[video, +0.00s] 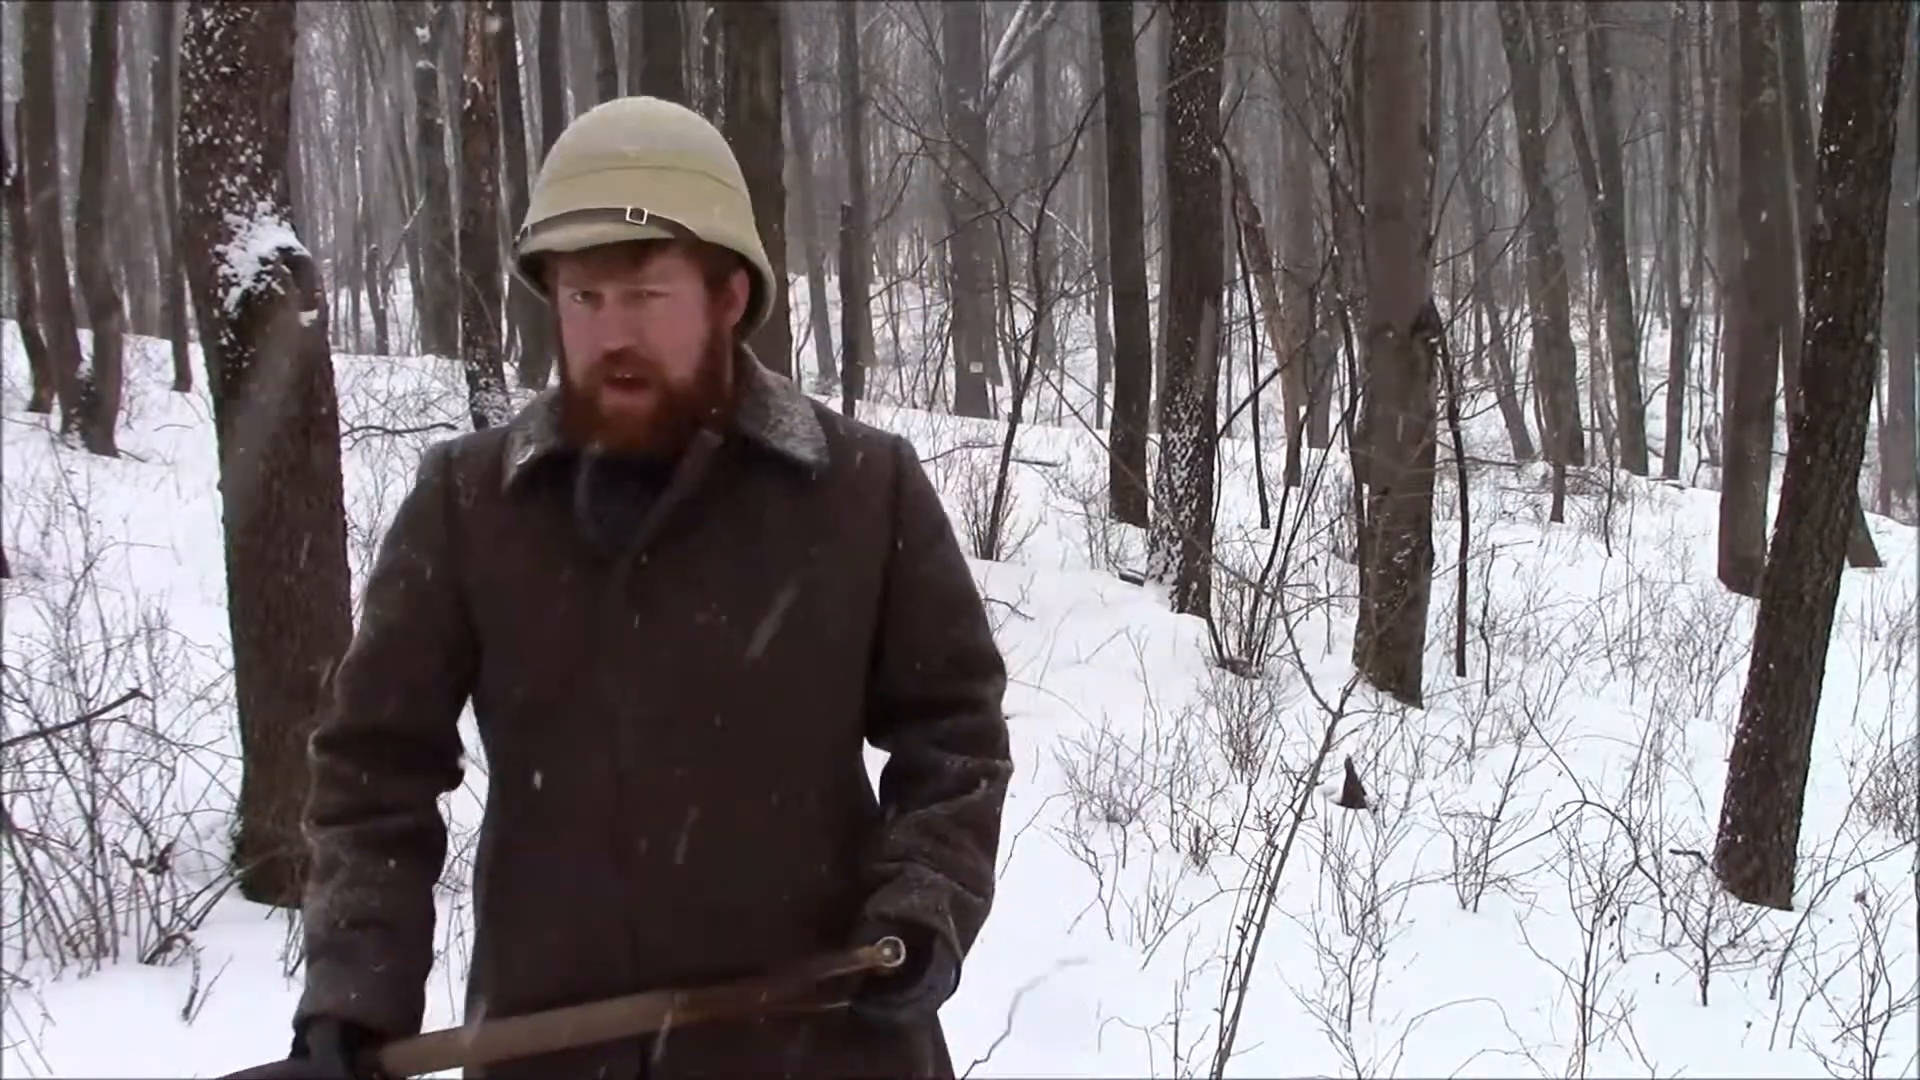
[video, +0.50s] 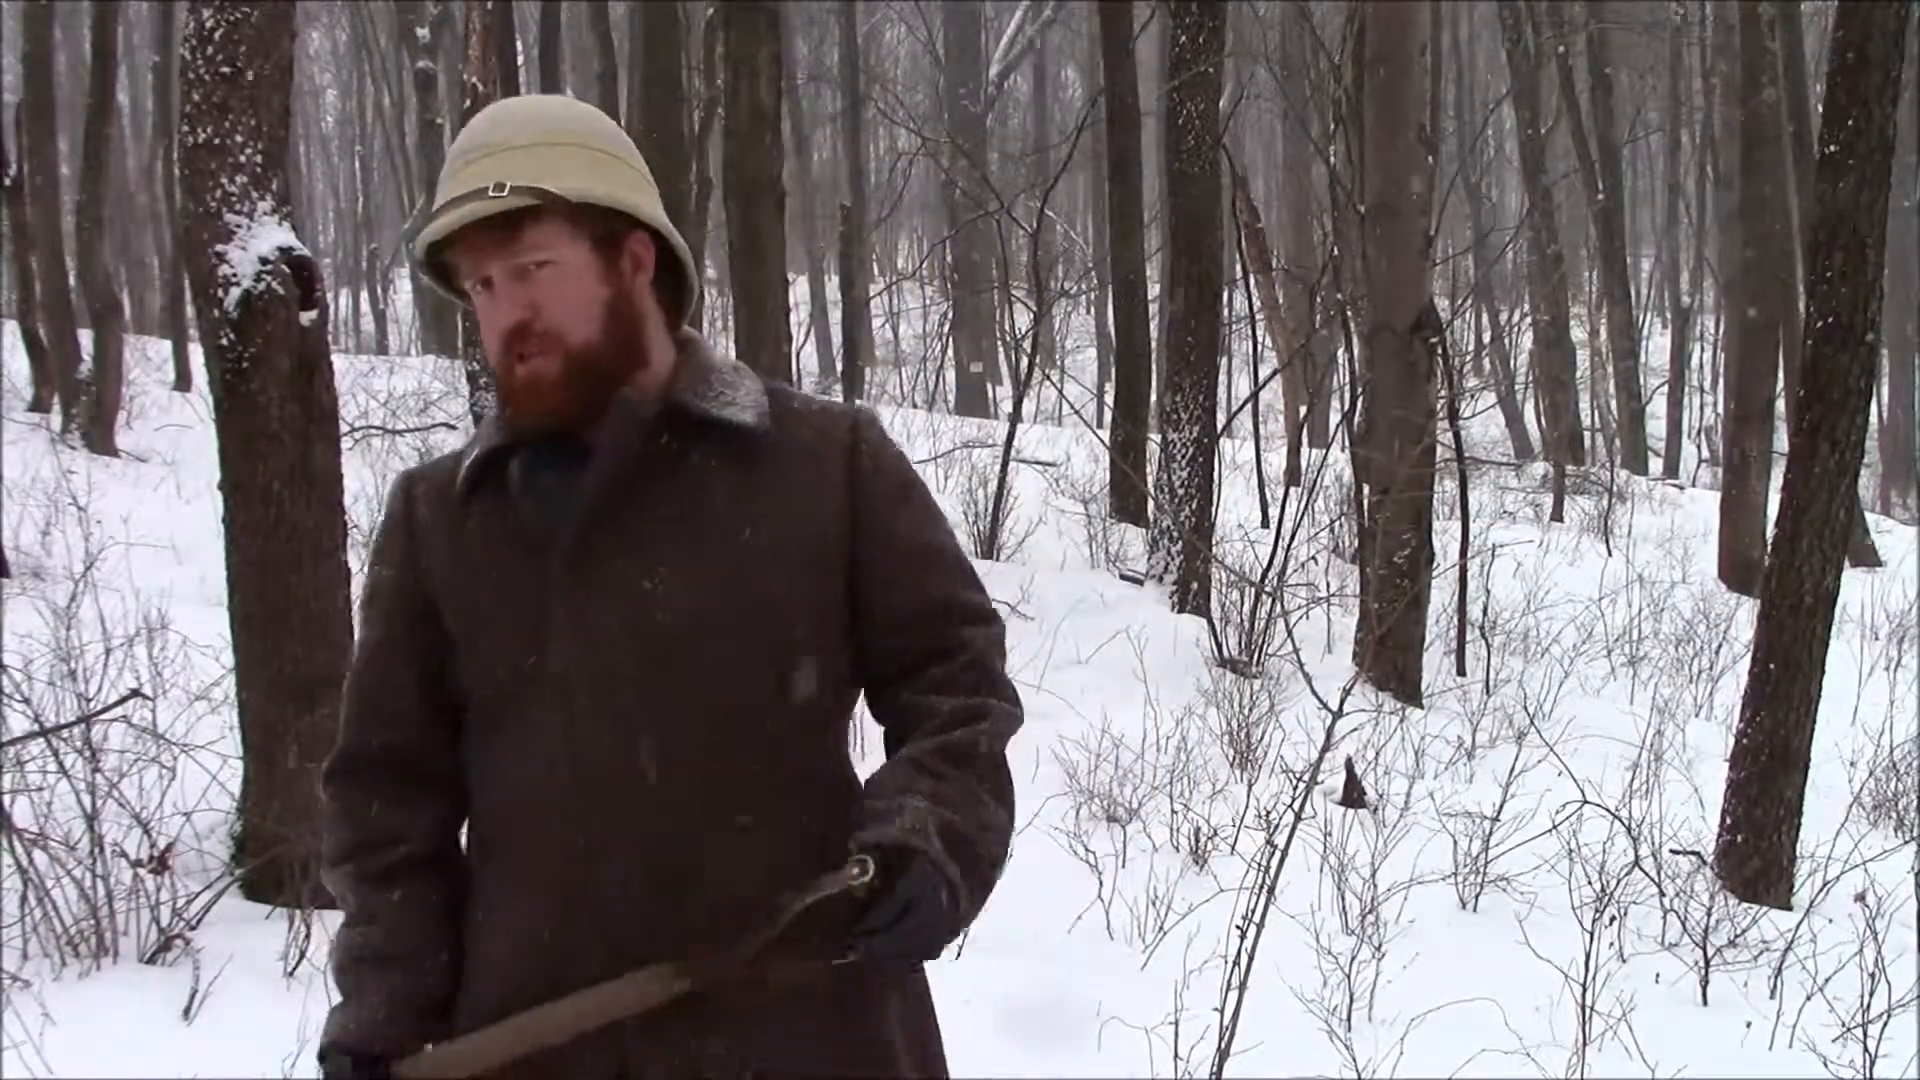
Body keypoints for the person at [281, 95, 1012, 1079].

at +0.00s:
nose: (613, 334)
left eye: (647, 295)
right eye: (585, 298)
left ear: (732, 298)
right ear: (552, 308)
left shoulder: (866, 491)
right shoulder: (467, 501)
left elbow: (951, 729)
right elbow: (377, 771)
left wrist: (919, 909)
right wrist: (353, 1009)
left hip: (817, 1041)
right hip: (550, 1047)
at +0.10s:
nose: (590, 337)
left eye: (622, 294)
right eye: (560, 302)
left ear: (709, 296)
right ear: (527, 315)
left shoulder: (850, 486)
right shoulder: (446, 507)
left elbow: (940, 723)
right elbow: (363, 780)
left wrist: (910, 907)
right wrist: (342, 1018)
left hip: (813, 1039)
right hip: (541, 1049)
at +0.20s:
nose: (553, 344)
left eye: (584, 299)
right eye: (524, 308)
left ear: (680, 297)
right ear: (499, 322)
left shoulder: (842, 492)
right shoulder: (437, 517)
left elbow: (937, 720)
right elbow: (361, 787)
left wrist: (922, 907)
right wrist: (354, 1026)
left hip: (805, 1041)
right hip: (532, 1053)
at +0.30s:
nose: (521, 336)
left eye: (551, 289)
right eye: (497, 302)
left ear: (653, 278)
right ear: (476, 313)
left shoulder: (834, 485)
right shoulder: (428, 519)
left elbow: (943, 711)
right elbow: (362, 785)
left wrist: (946, 884)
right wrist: (372, 1005)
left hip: (806, 1040)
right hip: (530, 1052)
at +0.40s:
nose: (505, 321)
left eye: (537, 270)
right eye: (480, 288)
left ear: (640, 264)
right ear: (465, 303)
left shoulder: (829, 472)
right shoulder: (427, 519)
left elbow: (951, 690)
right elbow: (370, 786)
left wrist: (949, 863)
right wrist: (380, 1003)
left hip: (804, 1036)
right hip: (531, 1046)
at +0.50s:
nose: (503, 318)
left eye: (531, 269)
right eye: (478, 288)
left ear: (635, 258)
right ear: (464, 304)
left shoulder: (834, 466)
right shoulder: (433, 521)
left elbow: (959, 691)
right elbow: (387, 800)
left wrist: (929, 836)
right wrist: (382, 1017)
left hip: (807, 1041)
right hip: (532, 1047)